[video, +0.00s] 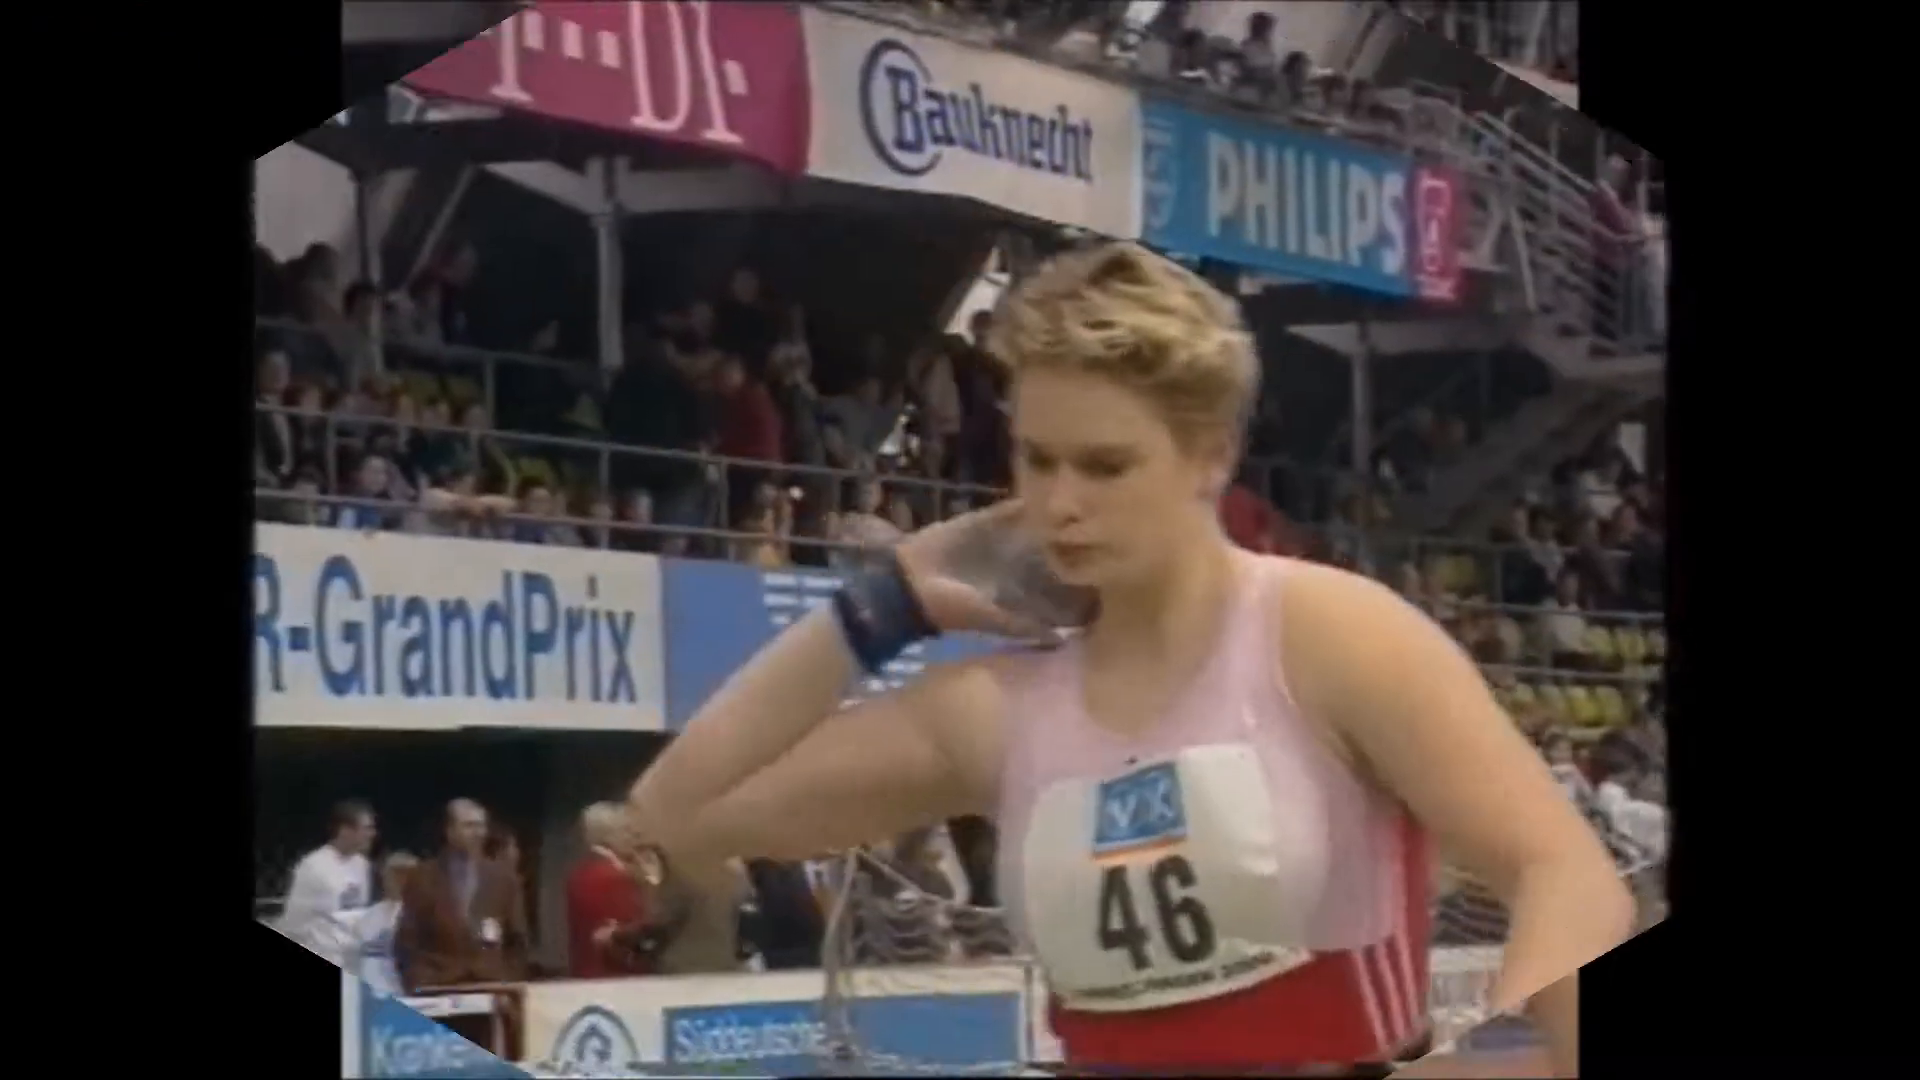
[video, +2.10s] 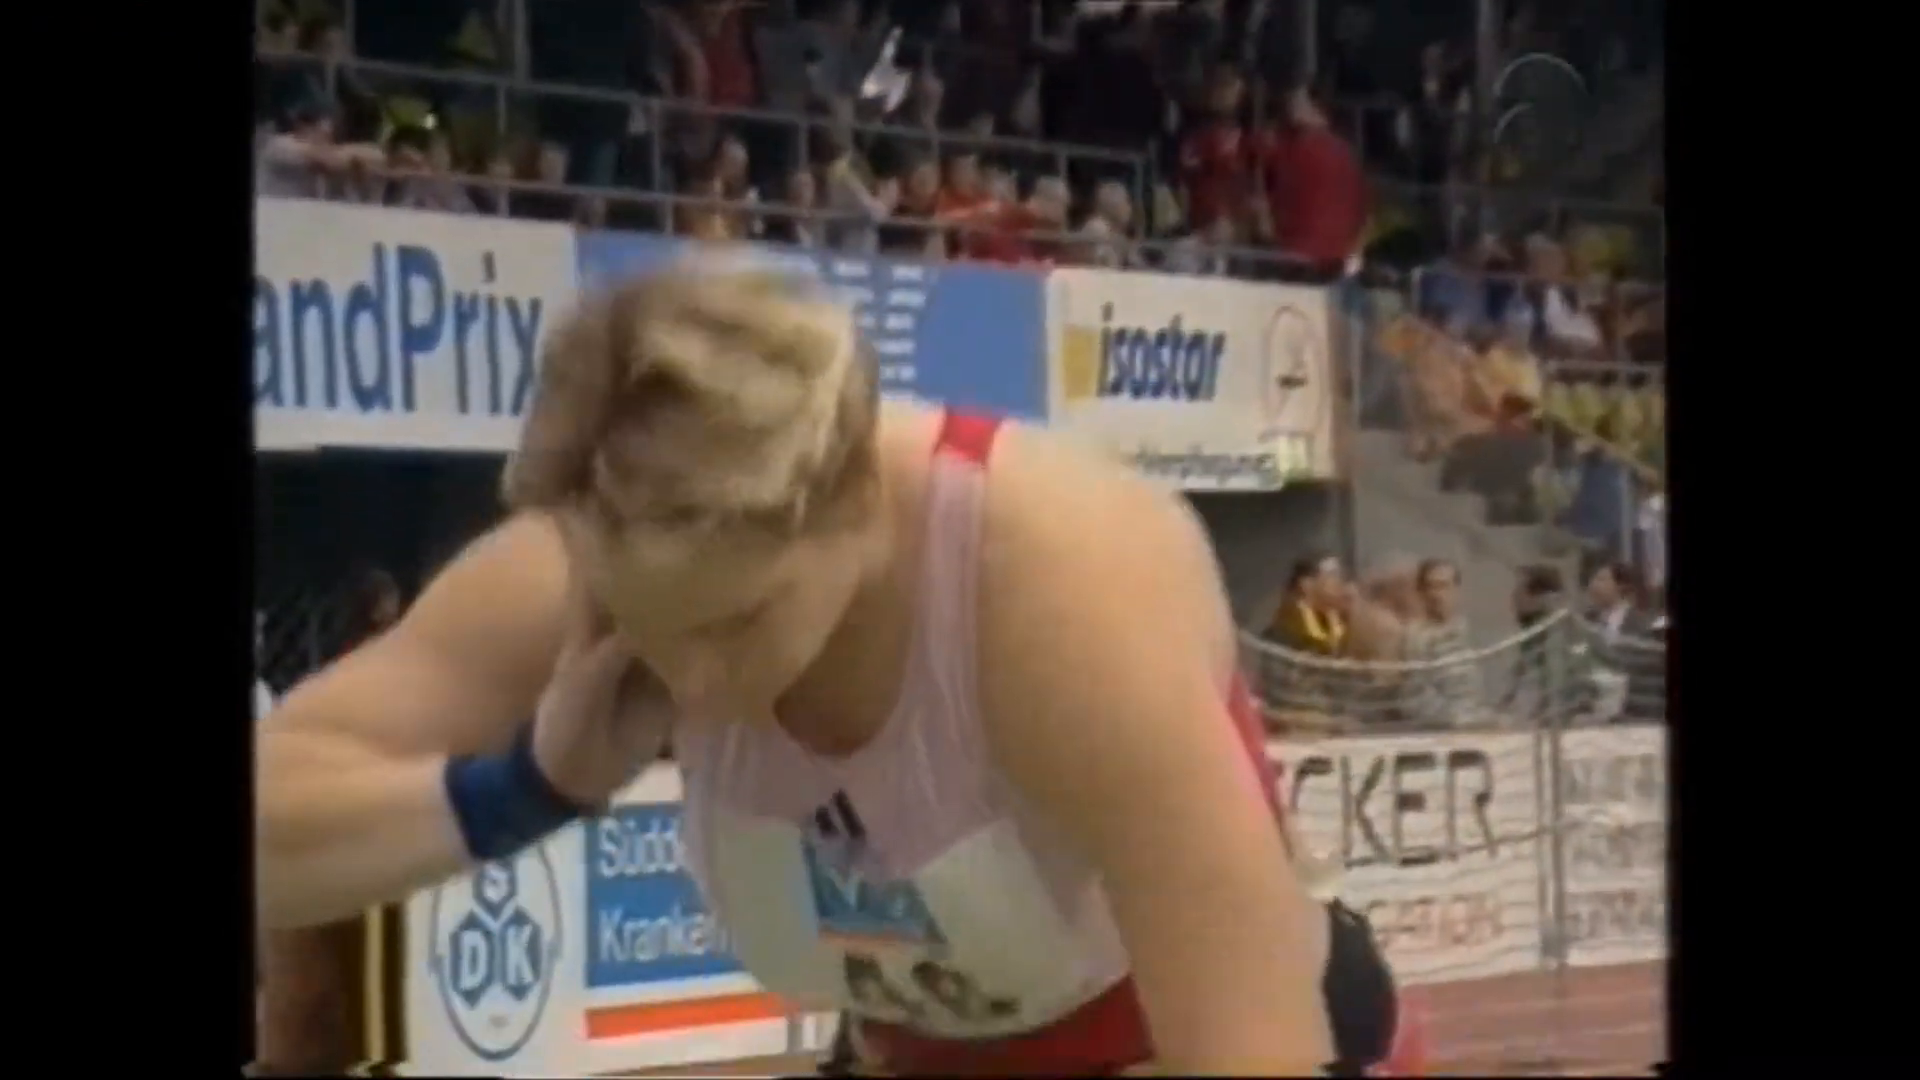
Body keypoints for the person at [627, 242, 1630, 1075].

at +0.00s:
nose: (1056, 505)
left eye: (1101, 464)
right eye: (1034, 463)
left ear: (1210, 462)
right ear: (1008, 462)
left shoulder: (1331, 633)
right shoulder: (989, 712)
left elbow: (1570, 881)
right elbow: (670, 818)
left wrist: (1504, 1048)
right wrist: (879, 605)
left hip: (1352, 1057)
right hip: (1112, 1066)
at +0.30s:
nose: (1152, 482)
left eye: (1197, 444)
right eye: (1128, 435)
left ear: (1297, 433)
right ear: (1100, 424)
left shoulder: (1399, 612)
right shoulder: (1069, 655)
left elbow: (1613, 899)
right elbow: (759, 720)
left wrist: (1601, 1073)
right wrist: (970, 558)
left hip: (1403, 1058)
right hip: (1168, 1062)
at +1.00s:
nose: (1034, 448)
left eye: (1077, 409)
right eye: (1008, 400)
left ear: (1182, 371)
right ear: (986, 368)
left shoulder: (1287, 537)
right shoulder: (962, 545)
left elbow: (1463, 847)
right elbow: (606, 583)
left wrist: (1474, 1064)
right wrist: (861, 546)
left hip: (1276, 1059)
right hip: (1034, 1057)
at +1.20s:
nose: (904, 472)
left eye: (948, 424)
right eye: (867, 423)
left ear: (1047, 375)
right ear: (832, 397)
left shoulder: (1162, 521)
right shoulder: (817, 555)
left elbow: (1330, 875)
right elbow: (437, 669)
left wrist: (1286, 1069)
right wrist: (719, 580)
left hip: (1192, 1048)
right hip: (943, 1053)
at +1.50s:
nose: (717, 554)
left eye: (765, 508)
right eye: (677, 502)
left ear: (874, 426)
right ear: (641, 448)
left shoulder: (1024, 544)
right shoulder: (633, 548)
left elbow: (1241, 947)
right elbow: (273, 747)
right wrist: (556, 687)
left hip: (1104, 1042)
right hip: (855, 1049)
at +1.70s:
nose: (659, 707)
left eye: (705, 664)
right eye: (617, 665)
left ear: (818, 560)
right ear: (574, 594)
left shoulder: (996, 635)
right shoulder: (543, 647)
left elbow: (1251, 1041)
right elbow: (256, 867)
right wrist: (505, 814)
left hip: (1089, 1038)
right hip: (840, 1048)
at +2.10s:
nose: (696, 686)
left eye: (737, 631)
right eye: (645, 639)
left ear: (849, 514)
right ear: (592, 557)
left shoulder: (1071, 577)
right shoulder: (575, 563)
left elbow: (1254, 1049)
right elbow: (261, 834)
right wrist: (524, 790)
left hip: (1172, 1032)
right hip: (912, 1042)